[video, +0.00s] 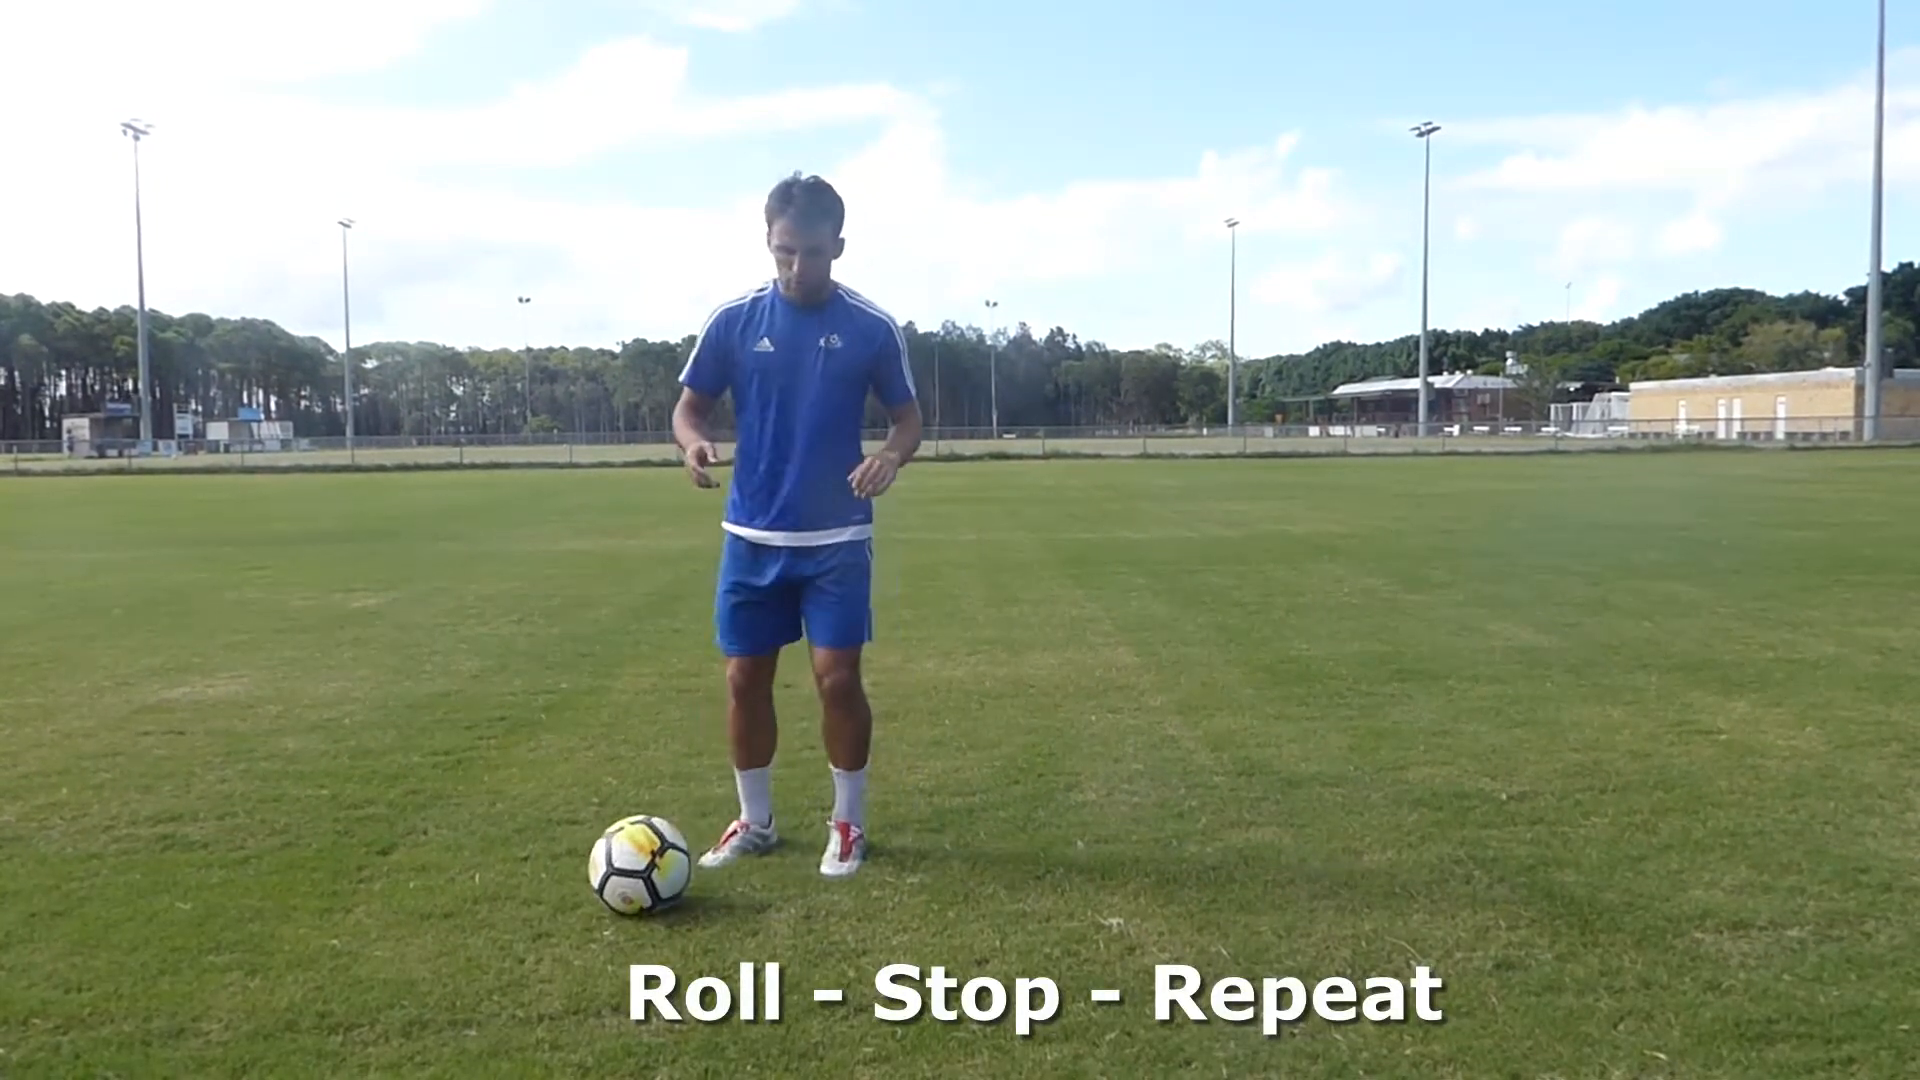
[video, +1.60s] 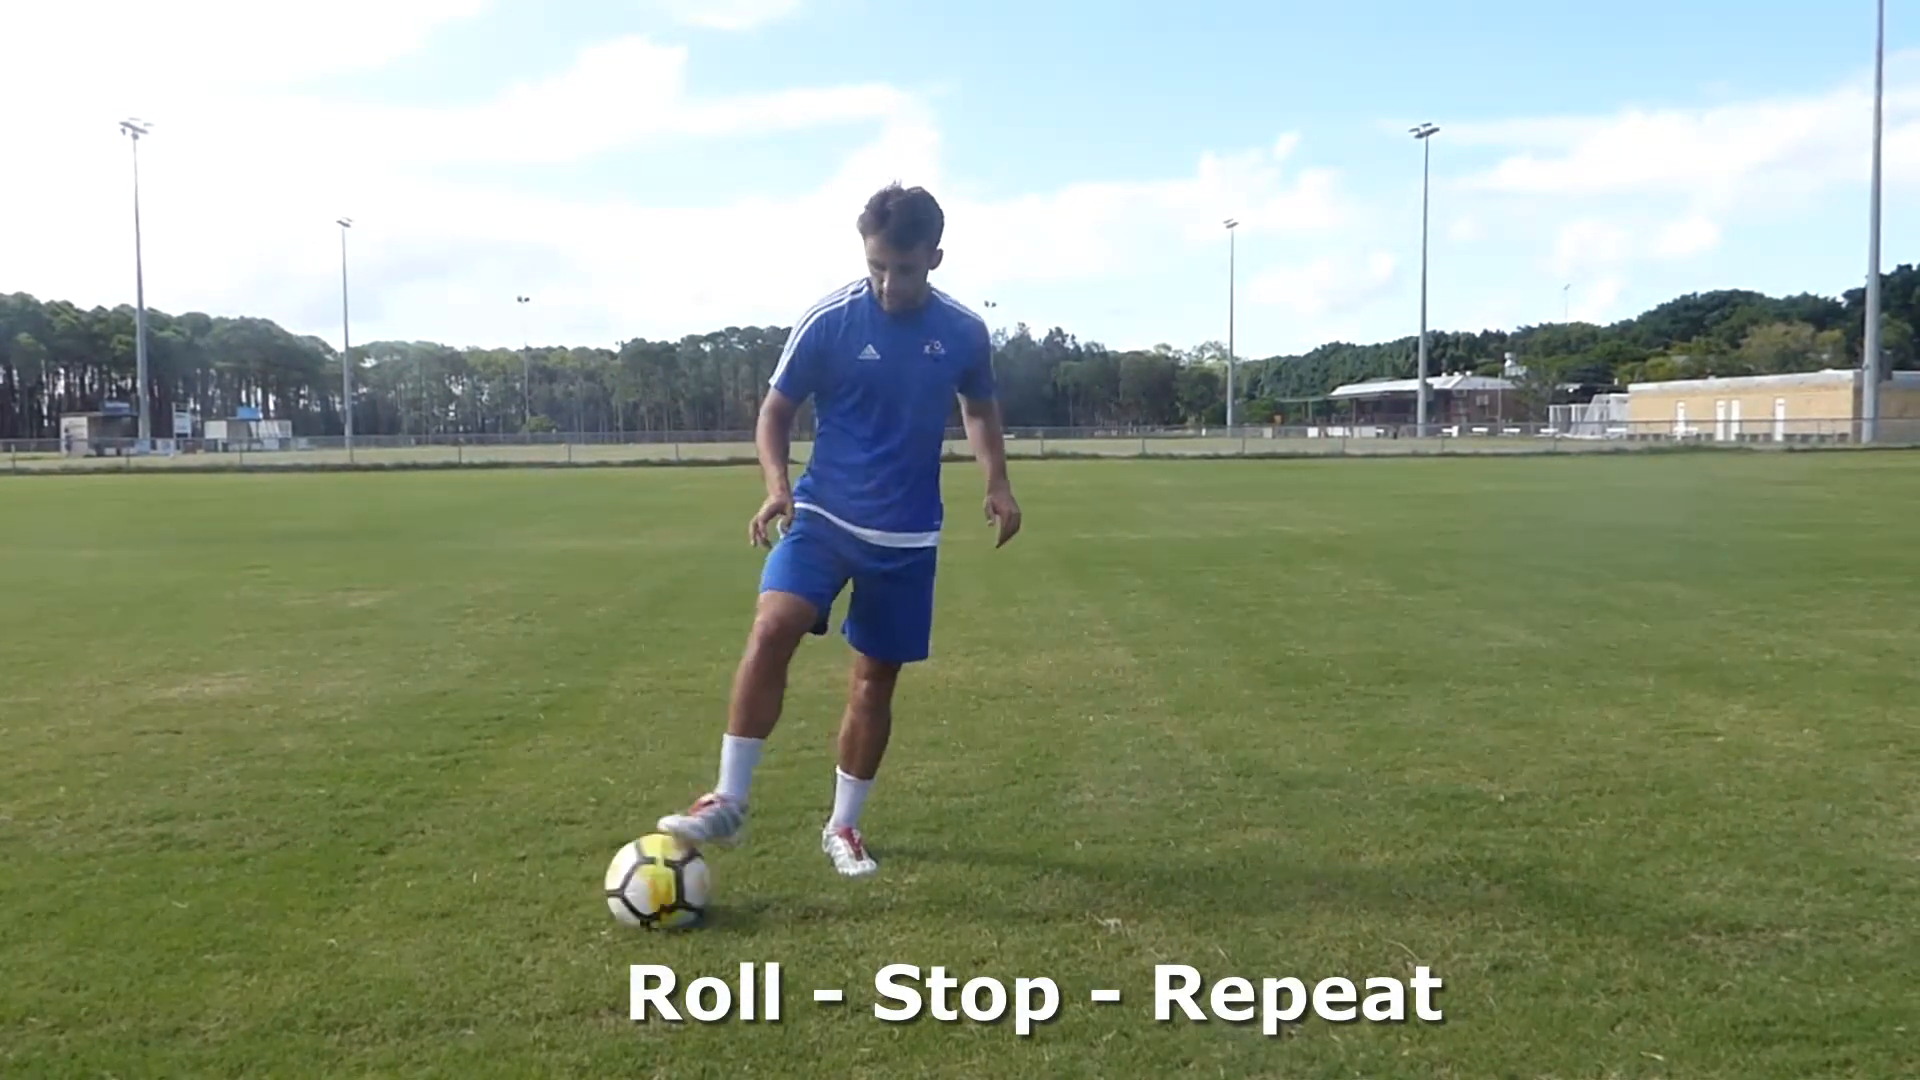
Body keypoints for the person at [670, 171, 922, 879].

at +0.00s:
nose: (794, 269)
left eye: (809, 253)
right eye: (782, 252)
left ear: (837, 245)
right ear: (766, 241)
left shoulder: (874, 331)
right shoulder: (734, 322)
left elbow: (908, 417)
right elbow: (688, 407)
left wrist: (890, 455)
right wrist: (694, 440)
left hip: (835, 537)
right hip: (751, 536)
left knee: (836, 677)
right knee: (745, 677)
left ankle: (847, 825)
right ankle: (753, 823)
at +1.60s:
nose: (888, 284)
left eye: (903, 270)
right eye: (877, 268)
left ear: (934, 258)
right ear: (863, 252)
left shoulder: (964, 333)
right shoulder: (830, 321)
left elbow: (980, 409)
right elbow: (774, 412)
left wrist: (997, 479)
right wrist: (776, 483)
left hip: (907, 537)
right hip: (823, 517)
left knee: (873, 689)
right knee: (771, 630)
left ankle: (843, 829)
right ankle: (729, 803)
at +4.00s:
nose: (1049, 253)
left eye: (1062, 237)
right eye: (1035, 238)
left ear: (1090, 229)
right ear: (1019, 236)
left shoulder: (1138, 318)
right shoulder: (997, 324)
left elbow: (1171, 410)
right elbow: (967, 417)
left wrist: (1157, 479)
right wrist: (992, 456)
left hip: (1097, 536)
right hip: (1012, 532)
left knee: (1090, 681)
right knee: (993, 674)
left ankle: (1090, 830)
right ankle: (985, 819)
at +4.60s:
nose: (892, 270)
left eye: (903, 254)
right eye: (878, 257)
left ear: (932, 237)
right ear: (862, 248)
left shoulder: (985, 312)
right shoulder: (849, 334)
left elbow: (1037, 397)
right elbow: (828, 418)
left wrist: (1051, 470)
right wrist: (854, 466)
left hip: (985, 514)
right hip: (899, 533)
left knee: (1028, 626)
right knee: (914, 682)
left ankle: (1077, 795)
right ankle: (929, 833)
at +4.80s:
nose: (855, 272)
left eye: (868, 255)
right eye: (842, 259)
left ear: (896, 240)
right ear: (826, 251)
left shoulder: (949, 317)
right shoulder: (812, 336)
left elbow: (1009, 400)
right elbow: (803, 423)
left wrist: (1025, 482)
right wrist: (826, 471)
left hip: (933, 513)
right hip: (857, 532)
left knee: (918, 623)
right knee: (891, 682)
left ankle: (958, 801)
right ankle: (926, 829)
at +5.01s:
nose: (825, 275)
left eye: (840, 260)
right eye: (812, 260)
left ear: (868, 246)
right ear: (795, 250)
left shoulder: (914, 323)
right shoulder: (776, 336)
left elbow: (967, 406)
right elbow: (757, 429)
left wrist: (983, 496)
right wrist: (784, 469)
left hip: (887, 522)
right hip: (818, 530)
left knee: (810, 652)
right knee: (873, 682)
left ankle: (776, 831)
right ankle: (926, 829)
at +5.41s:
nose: (746, 272)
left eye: (758, 256)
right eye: (738, 255)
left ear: (802, 247)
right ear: (732, 248)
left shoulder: (850, 336)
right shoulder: (719, 325)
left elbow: (887, 441)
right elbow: (697, 409)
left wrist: (880, 532)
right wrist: (670, 464)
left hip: (785, 551)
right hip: (706, 532)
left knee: (744, 699)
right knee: (616, 643)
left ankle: (750, 860)